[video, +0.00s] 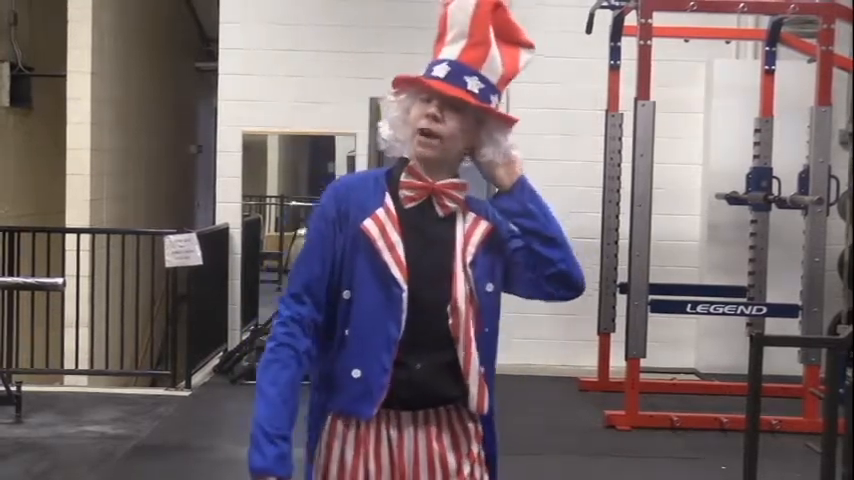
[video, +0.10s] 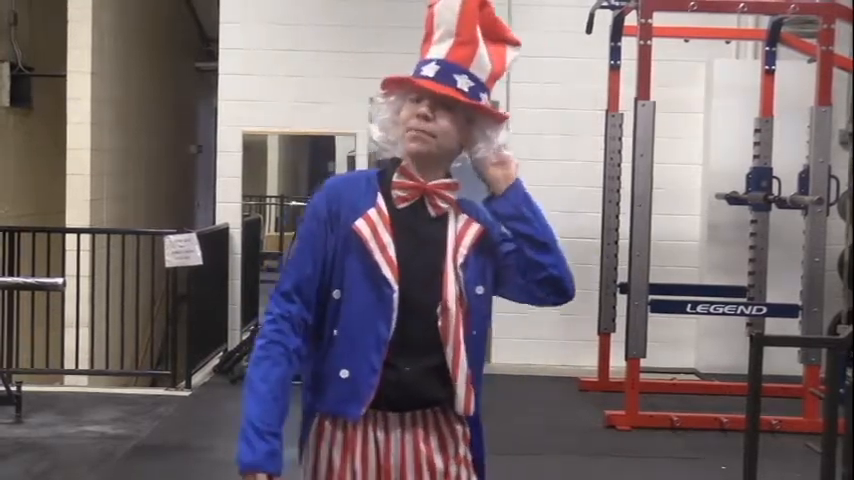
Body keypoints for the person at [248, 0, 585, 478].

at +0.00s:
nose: (431, 112)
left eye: (452, 107)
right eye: (426, 99)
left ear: (478, 135)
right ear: (407, 111)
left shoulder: (485, 222)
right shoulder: (350, 199)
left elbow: (564, 282)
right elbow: (298, 320)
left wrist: (510, 181)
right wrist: (269, 455)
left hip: (452, 435)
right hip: (360, 434)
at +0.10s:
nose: (423, 111)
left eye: (443, 106)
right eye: (416, 99)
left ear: (469, 134)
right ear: (397, 113)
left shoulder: (476, 223)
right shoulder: (341, 199)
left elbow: (553, 287)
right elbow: (287, 319)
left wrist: (507, 187)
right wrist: (259, 450)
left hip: (441, 437)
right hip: (350, 435)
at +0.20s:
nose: (414, 112)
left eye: (435, 107)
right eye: (407, 99)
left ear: (461, 135)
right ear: (388, 113)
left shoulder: (466, 225)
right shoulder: (333, 199)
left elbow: (540, 294)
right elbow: (277, 317)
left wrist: (500, 190)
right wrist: (251, 443)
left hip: (429, 438)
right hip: (337, 437)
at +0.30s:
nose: (407, 117)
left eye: (429, 112)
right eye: (400, 103)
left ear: (454, 138)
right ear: (381, 114)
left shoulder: (459, 224)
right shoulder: (324, 200)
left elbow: (525, 302)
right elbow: (268, 317)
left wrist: (487, 199)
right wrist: (243, 444)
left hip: (417, 439)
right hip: (326, 437)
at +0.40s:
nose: (400, 121)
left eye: (421, 115)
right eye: (394, 105)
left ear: (446, 139)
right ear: (376, 115)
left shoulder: (453, 224)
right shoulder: (317, 200)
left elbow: (512, 307)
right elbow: (262, 320)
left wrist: (476, 203)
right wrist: (233, 452)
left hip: (406, 440)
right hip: (315, 437)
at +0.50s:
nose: (396, 121)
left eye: (417, 116)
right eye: (389, 106)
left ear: (440, 140)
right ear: (370, 115)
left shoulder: (448, 223)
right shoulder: (311, 202)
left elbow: (507, 307)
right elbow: (255, 324)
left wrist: (469, 205)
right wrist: (225, 459)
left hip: (404, 440)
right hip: (312, 437)